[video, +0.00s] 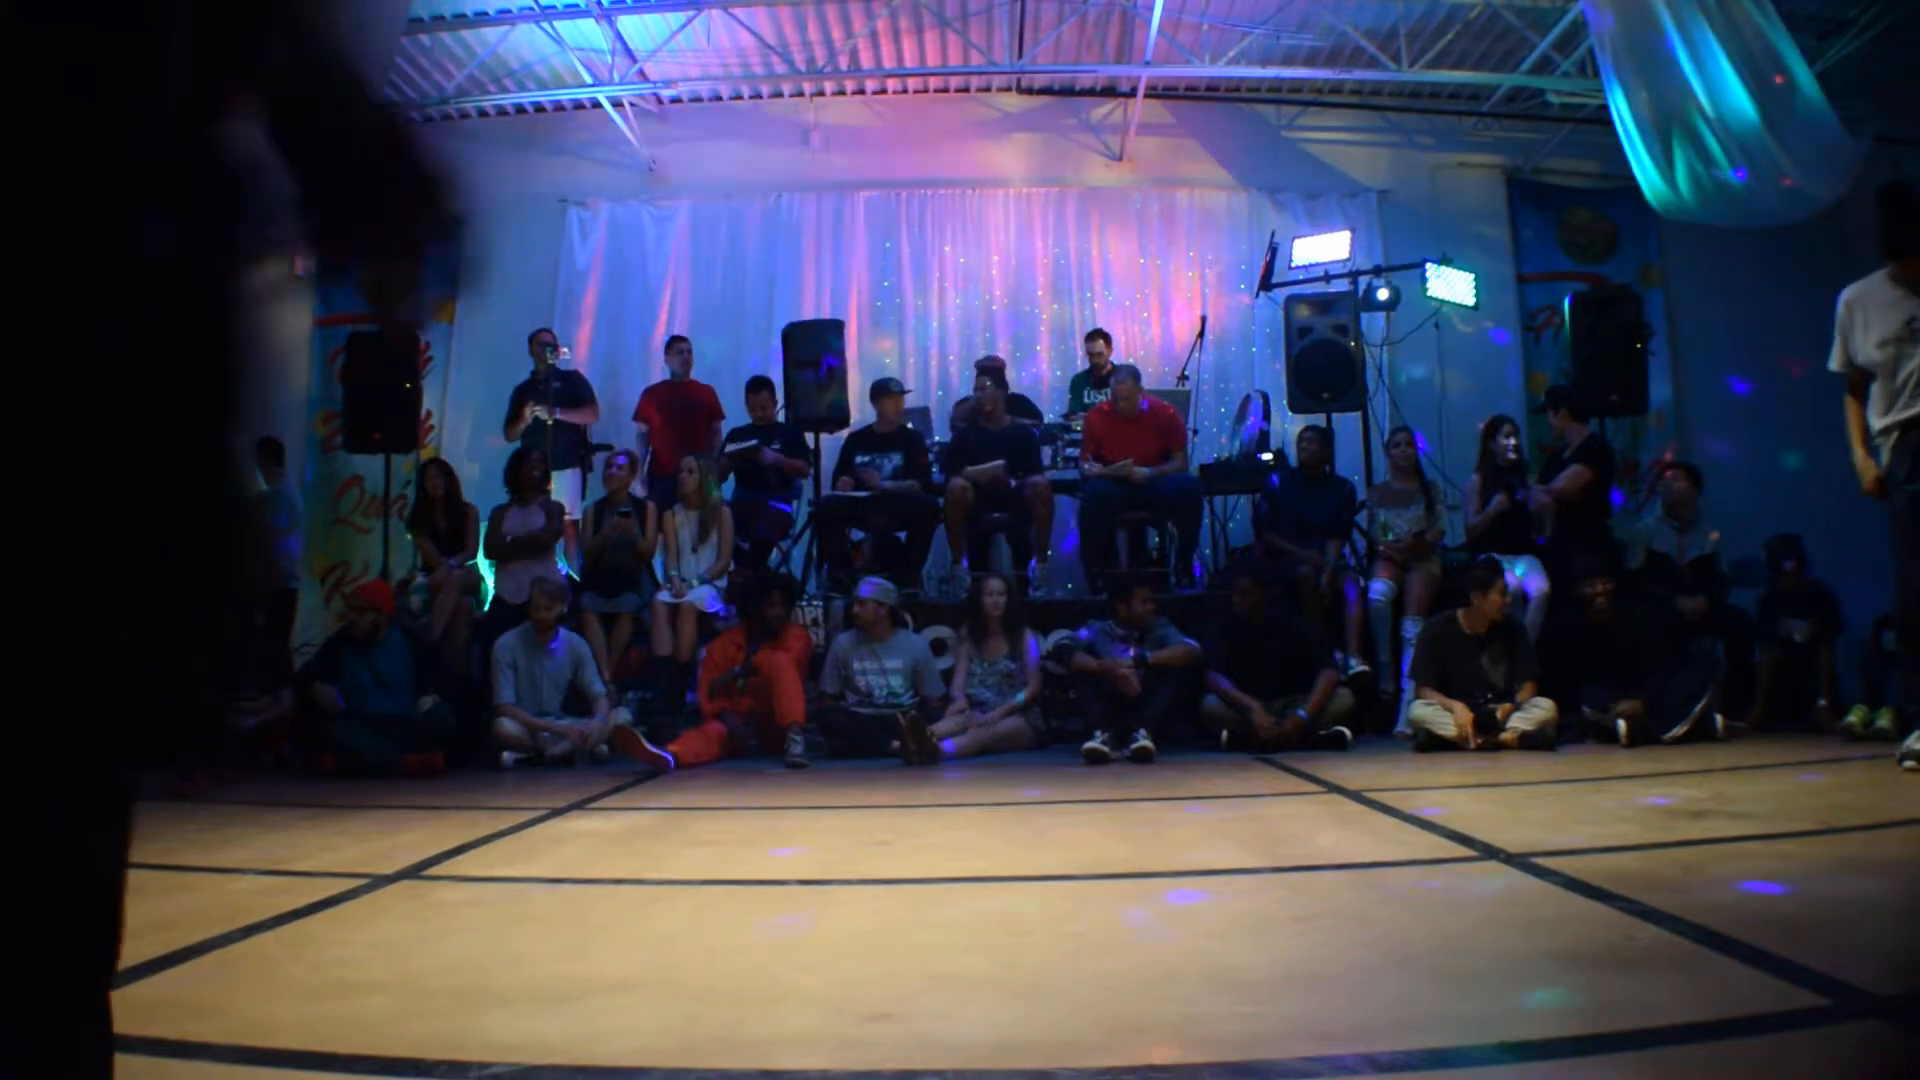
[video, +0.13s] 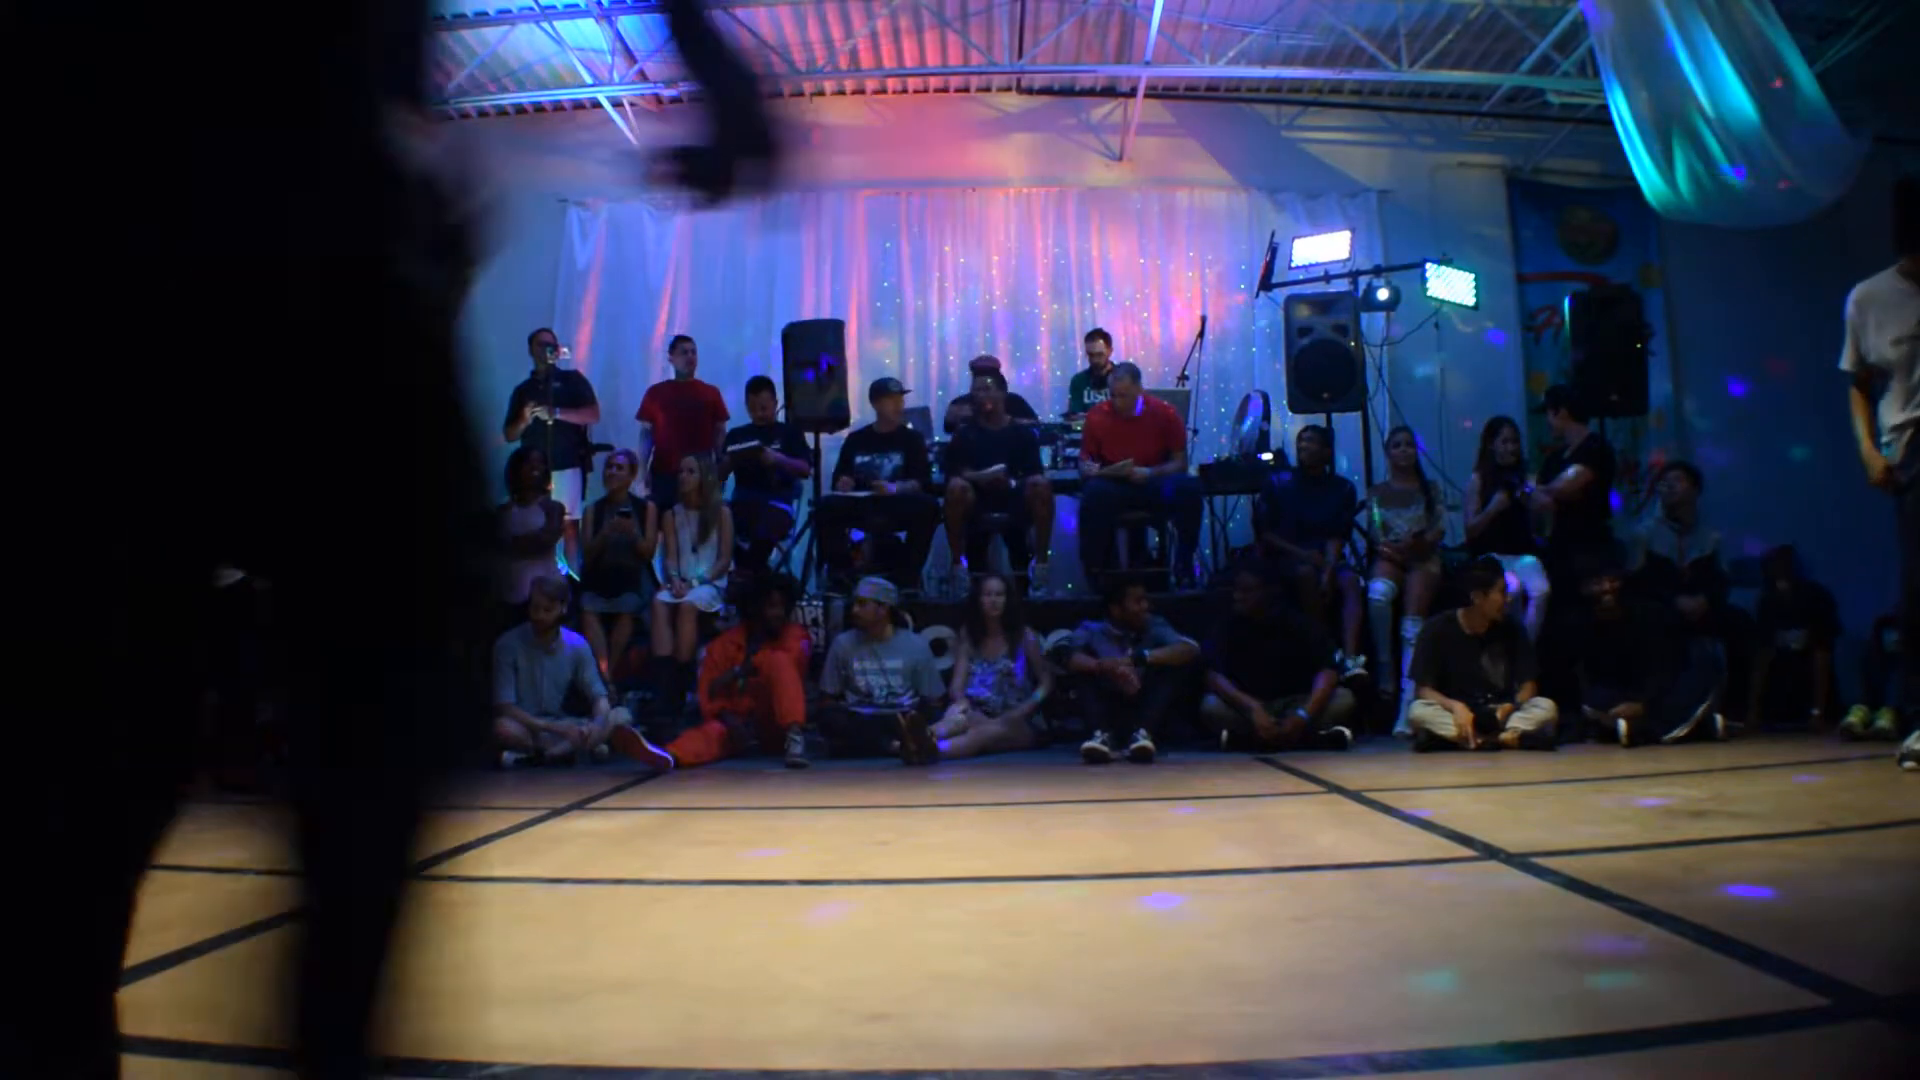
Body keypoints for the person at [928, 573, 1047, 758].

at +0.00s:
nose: (996, 600)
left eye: (1001, 595)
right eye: (989, 595)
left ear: (1008, 599)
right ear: (979, 599)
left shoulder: (1024, 636)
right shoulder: (969, 636)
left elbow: (1034, 687)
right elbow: (957, 686)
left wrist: (996, 714)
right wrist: (962, 703)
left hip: (1013, 710)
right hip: (977, 710)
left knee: (981, 736)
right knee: (958, 721)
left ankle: (935, 752)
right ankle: (922, 736)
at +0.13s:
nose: (994, 600)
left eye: (999, 595)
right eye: (988, 595)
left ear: (1008, 599)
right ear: (978, 599)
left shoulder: (1023, 636)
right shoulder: (969, 636)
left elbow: (1046, 682)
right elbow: (956, 687)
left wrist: (1020, 712)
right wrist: (964, 707)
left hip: (1014, 713)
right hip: (978, 712)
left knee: (988, 734)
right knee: (960, 718)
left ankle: (934, 751)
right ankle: (924, 736)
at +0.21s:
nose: (992, 601)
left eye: (998, 595)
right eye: (986, 595)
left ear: (1007, 599)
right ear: (977, 599)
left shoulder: (1023, 634)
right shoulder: (969, 634)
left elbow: (1050, 675)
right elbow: (956, 686)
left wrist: (1043, 712)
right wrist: (963, 704)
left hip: (1017, 709)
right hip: (979, 707)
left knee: (983, 735)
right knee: (962, 719)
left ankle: (936, 751)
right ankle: (923, 736)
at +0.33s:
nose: (991, 601)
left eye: (997, 595)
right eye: (985, 595)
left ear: (1006, 600)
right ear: (975, 599)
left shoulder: (1023, 635)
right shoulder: (967, 637)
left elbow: (1050, 673)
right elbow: (956, 687)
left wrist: (1052, 719)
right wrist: (963, 703)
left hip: (1018, 710)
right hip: (979, 708)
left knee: (981, 733)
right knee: (959, 720)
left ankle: (935, 752)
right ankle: (921, 737)